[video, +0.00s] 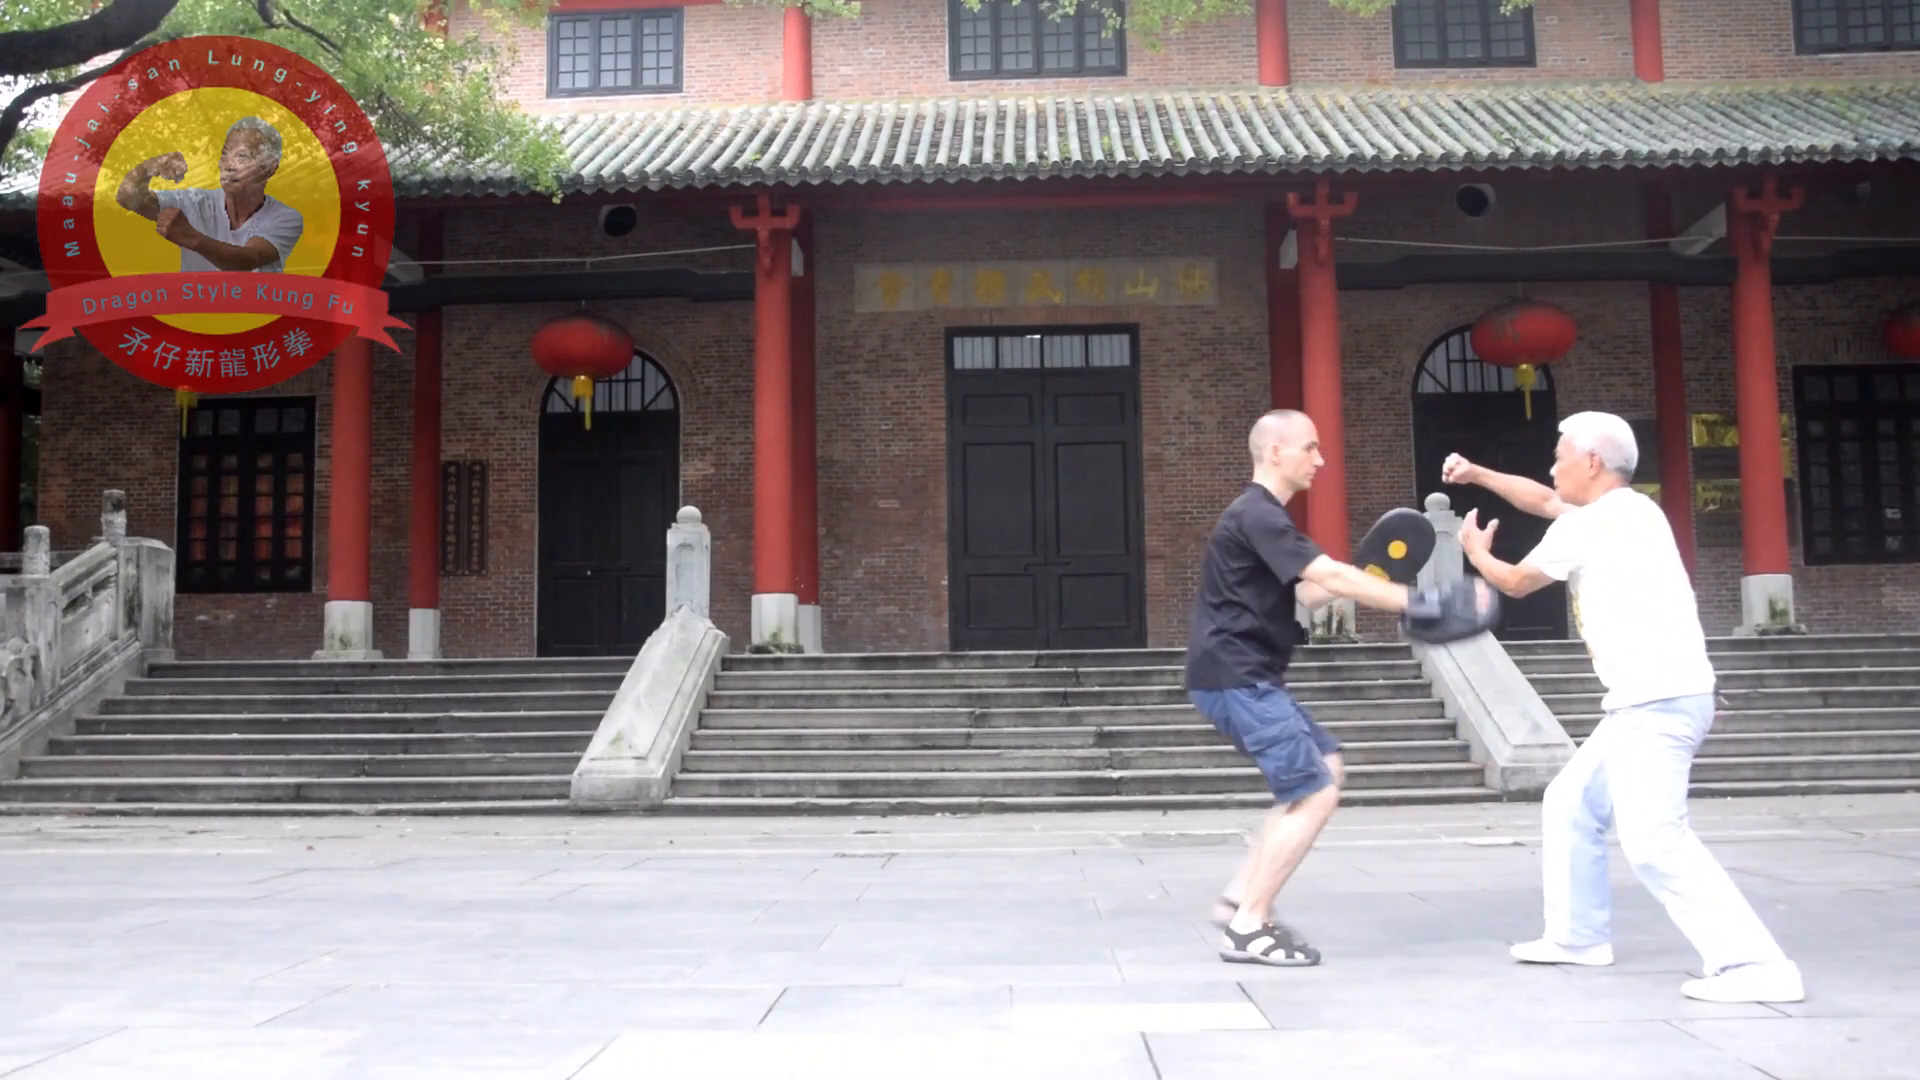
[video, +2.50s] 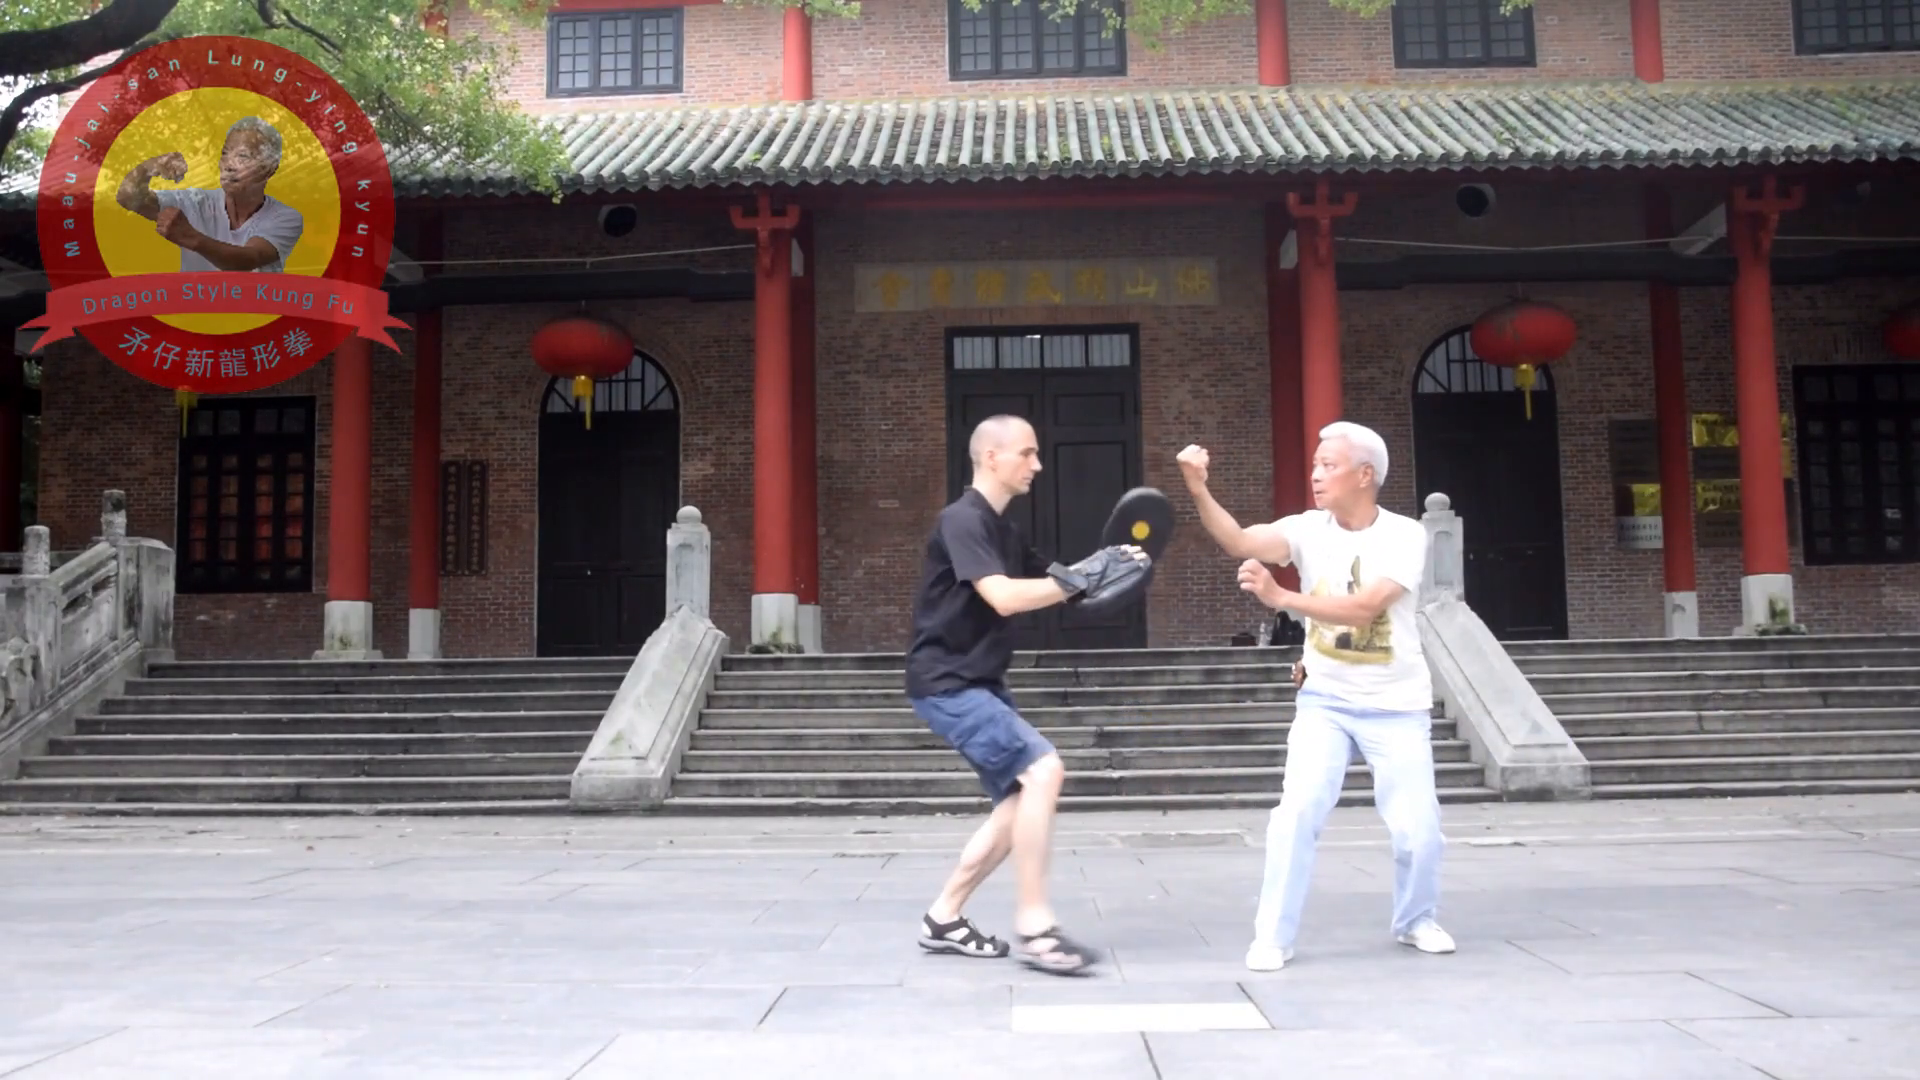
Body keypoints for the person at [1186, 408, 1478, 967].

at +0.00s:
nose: (1319, 458)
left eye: (1317, 448)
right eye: (1309, 448)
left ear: (1279, 454)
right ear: (1275, 453)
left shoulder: (1265, 512)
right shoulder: (1257, 513)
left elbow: (1302, 596)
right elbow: (1332, 576)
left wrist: (1355, 574)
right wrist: (1420, 604)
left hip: (1248, 673)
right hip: (1232, 677)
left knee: (1325, 767)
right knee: (1316, 789)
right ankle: (1249, 926)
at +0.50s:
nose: (1184, 480)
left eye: (1183, 469)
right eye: (1175, 470)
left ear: (1142, 480)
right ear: (1139, 477)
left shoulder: (1125, 537)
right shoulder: (1116, 530)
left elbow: (1183, 611)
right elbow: (1205, 547)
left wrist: (1257, 609)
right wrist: (1261, 496)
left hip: (1053, 691)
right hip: (1076, 690)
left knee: (1033, 826)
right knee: (1185, 783)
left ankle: (925, 923)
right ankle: (1169, 935)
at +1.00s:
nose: (1161, 473)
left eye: (1160, 462)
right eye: (1152, 462)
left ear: (1119, 470)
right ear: (1117, 468)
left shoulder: (1109, 532)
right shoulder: (1096, 525)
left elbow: (1170, 600)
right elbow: (1188, 537)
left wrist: (1242, 596)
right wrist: (1246, 485)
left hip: (1046, 691)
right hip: (1070, 690)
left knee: (1030, 822)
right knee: (1180, 784)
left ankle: (925, 923)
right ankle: (1169, 936)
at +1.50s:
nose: (1154, 469)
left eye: (1152, 459)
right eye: (1144, 459)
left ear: (1111, 468)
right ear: (1108, 465)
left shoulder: (1107, 532)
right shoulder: (1088, 522)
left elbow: (1167, 598)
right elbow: (1176, 533)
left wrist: (1239, 591)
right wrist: (1237, 481)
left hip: (1045, 689)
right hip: (1066, 688)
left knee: (1030, 822)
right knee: (1177, 783)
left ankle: (925, 924)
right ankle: (1169, 935)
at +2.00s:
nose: (1103, 448)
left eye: (1103, 439)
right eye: (1092, 439)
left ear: (1073, 448)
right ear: (1057, 445)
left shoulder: (1091, 515)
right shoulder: (1034, 504)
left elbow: (1134, 567)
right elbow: (1088, 522)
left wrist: (1183, 583)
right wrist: (1148, 467)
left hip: (1044, 678)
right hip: (1048, 678)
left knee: (1012, 810)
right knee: (1151, 781)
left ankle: (921, 924)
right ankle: (1166, 934)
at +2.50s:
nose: (1037, 464)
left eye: (1037, 453)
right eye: (1027, 453)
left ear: (1004, 460)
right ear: (991, 458)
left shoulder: (1005, 528)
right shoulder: (962, 518)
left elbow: (1041, 581)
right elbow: (1002, 598)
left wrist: (1100, 572)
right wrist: (1081, 581)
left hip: (979, 682)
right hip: (944, 682)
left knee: (1019, 803)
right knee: (1041, 768)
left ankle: (943, 917)